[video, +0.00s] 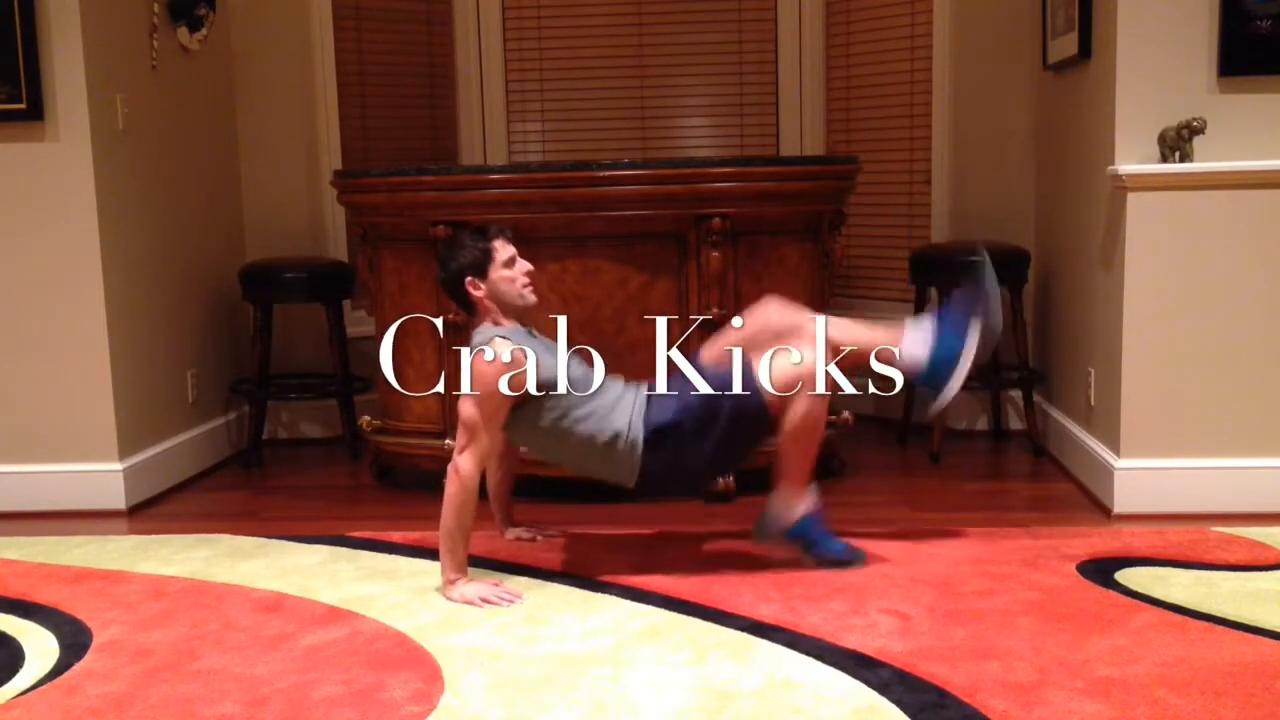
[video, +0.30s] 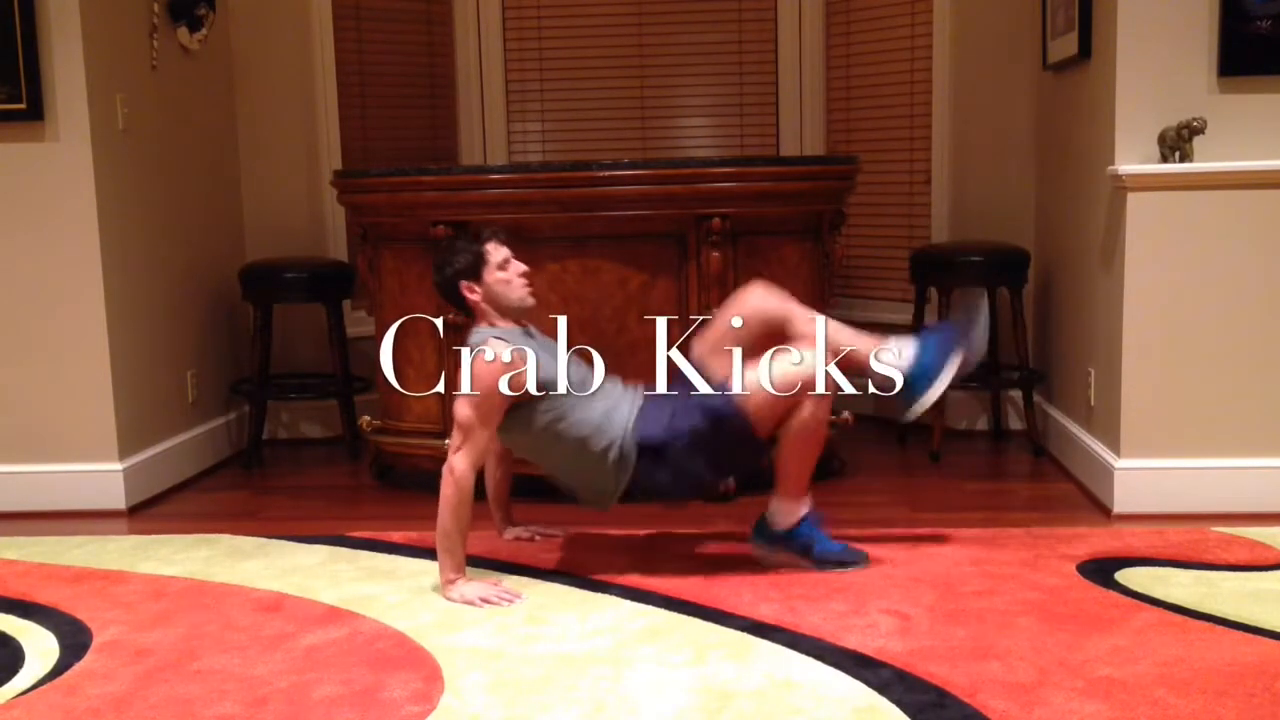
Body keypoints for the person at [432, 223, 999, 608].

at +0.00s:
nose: (526, 272)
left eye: (521, 262)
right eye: (511, 266)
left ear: (498, 282)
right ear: (478, 290)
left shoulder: (515, 340)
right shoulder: (492, 358)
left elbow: (498, 442)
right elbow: (463, 466)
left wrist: (501, 524)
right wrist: (452, 577)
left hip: (656, 407)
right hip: (651, 445)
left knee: (775, 313)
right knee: (806, 366)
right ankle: (789, 513)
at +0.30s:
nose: (523, 273)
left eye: (517, 264)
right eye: (507, 268)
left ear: (494, 286)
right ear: (475, 293)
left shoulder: (511, 342)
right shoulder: (490, 360)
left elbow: (494, 442)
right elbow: (458, 465)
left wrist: (500, 526)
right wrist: (451, 577)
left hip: (653, 412)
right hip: (648, 447)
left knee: (758, 303)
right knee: (811, 374)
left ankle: (896, 364)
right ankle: (785, 523)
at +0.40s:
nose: (511, 269)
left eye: (507, 260)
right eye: (496, 265)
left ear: (486, 281)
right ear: (464, 289)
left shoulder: (503, 334)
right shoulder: (482, 355)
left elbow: (496, 439)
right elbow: (456, 462)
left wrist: (500, 521)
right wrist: (450, 576)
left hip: (648, 394)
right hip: (654, 431)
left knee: (772, 285)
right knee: (791, 313)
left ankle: (817, 448)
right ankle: (871, 454)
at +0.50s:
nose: (515, 271)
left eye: (510, 261)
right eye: (499, 267)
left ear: (492, 282)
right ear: (468, 292)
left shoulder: (511, 340)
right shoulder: (483, 357)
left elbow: (494, 442)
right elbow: (453, 466)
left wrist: (503, 523)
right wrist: (450, 574)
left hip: (646, 413)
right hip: (640, 444)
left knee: (782, 331)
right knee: (779, 324)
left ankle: (779, 481)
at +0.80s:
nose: (518, 271)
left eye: (511, 261)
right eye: (501, 267)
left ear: (493, 283)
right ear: (469, 294)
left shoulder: (513, 341)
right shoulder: (488, 358)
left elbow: (494, 442)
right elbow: (453, 467)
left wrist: (503, 524)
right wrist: (450, 577)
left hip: (653, 436)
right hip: (646, 455)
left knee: (787, 353)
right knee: (768, 332)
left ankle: (766, 509)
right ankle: (928, 367)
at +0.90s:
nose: (510, 269)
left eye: (504, 259)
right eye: (494, 264)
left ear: (473, 283)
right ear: (460, 287)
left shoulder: (496, 334)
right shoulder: (478, 356)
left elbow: (490, 435)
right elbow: (456, 462)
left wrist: (502, 519)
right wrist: (450, 575)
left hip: (645, 414)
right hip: (648, 450)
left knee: (760, 303)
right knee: (774, 319)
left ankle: (833, 447)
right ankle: (859, 453)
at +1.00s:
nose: (514, 270)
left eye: (509, 261)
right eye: (498, 266)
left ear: (494, 279)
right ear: (466, 289)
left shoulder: (505, 337)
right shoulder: (484, 355)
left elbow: (493, 441)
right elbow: (456, 462)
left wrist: (501, 521)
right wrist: (450, 578)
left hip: (643, 416)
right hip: (636, 450)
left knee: (752, 316)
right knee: (783, 363)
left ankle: (901, 357)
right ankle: (787, 516)